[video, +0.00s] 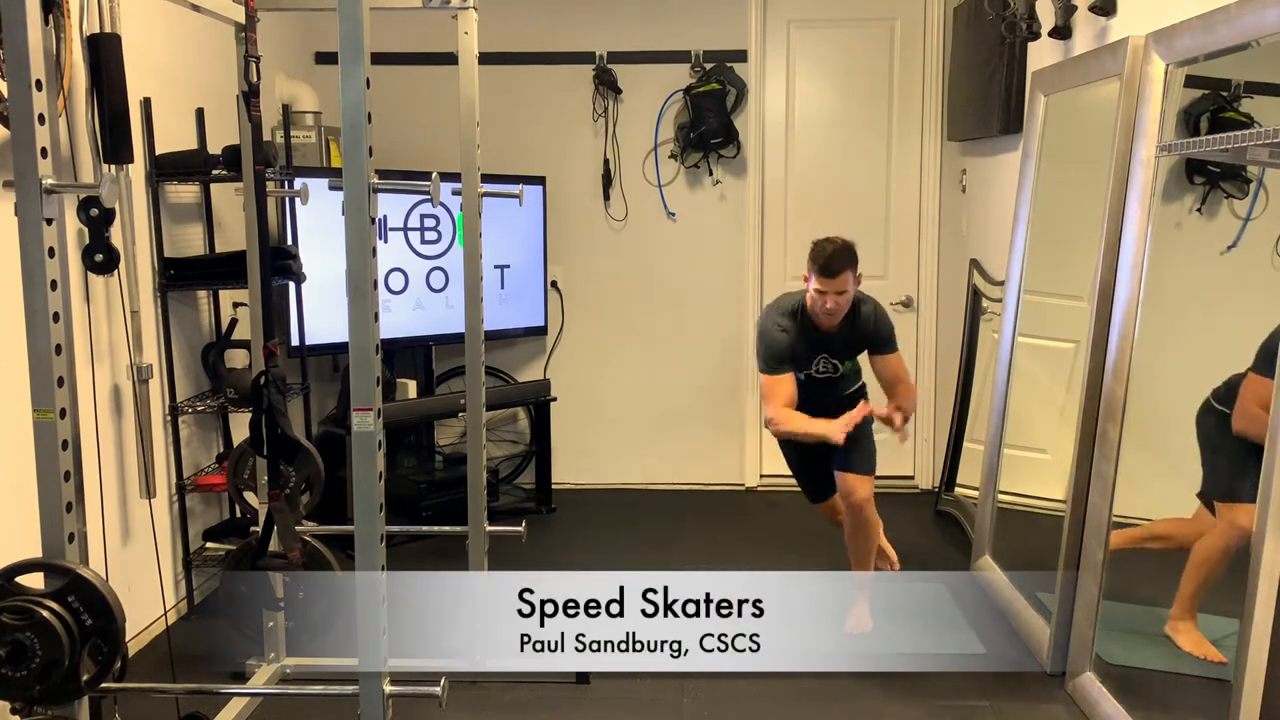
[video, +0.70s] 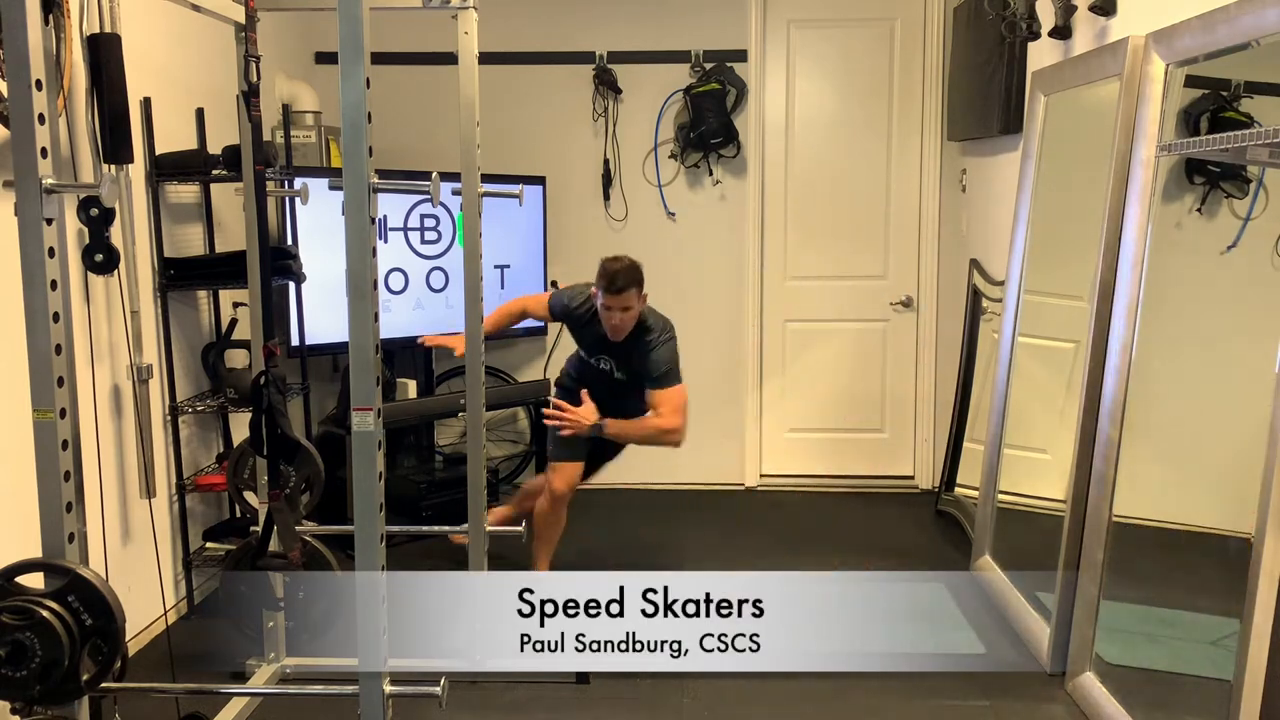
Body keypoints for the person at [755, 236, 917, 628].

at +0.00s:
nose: (829, 303)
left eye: (839, 294)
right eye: (820, 292)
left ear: (856, 284)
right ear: (806, 281)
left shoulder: (869, 316)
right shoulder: (779, 321)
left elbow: (900, 386)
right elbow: (777, 415)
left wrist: (900, 411)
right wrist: (829, 428)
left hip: (848, 408)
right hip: (797, 417)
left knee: (857, 499)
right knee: (834, 510)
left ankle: (861, 595)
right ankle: (871, 534)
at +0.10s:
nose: (819, 300)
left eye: (830, 291)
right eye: (810, 289)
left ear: (844, 281)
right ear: (795, 278)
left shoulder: (857, 319)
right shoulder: (763, 319)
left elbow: (887, 391)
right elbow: (747, 405)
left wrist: (876, 443)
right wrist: (788, 461)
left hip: (832, 405)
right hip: (779, 412)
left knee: (851, 501)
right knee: (797, 511)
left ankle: (860, 597)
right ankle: (834, 519)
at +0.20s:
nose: (796, 291)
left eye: (806, 281)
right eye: (788, 280)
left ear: (821, 273)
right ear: (772, 269)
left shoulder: (835, 314)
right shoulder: (737, 310)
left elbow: (873, 387)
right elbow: (700, 372)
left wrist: (853, 439)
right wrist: (714, 446)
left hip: (811, 404)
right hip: (750, 405)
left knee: (843, 496)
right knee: (736, 502)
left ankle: (860, 596)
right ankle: (740, 525)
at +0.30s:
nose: (758, 273)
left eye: (767, 263)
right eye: (748, 262)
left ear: (782, 255)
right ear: (733, 253)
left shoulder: (798, 295)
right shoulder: (698, 285)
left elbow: (845, 358)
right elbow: (654, 322)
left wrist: (818, 409)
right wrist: (654, 385)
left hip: (774, 390)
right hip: (708, 388)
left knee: (817, 485)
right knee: (664, 483)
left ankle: (858, 588)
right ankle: (644, 533)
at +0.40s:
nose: (710, 264)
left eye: (720, 255)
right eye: (701, 253)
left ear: (735, 247)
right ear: (687, 241)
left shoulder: (753, 283)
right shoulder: (652, 266)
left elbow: (809, 335)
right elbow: (609, 276)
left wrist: (774, 386)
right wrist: (598, 333)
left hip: (725, 380)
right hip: (660, 376)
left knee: (771, 475)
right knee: (617, 467)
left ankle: (819, 562)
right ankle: (568, 557)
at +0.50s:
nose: (665, 280)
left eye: (674, 271)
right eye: (656, 269)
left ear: (689, 262)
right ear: (644, 258)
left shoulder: (707, 296)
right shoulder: (617, 274)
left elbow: (774, 352)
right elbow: (565, 266)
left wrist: (724, 389)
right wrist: (533, 316)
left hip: (679, 393)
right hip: (616, 387)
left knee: (712, 498)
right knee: (578, 482)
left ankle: (715, 590)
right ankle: (545, 572)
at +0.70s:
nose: (616, 320)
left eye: (626, 310)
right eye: (608, 309)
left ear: (642, 300)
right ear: (596, 296)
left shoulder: (659, 336)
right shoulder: (577, 304)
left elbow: (671, 428)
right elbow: (522, 306)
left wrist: (600, 426)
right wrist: (469, 337)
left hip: (622, 415)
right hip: (577, 393)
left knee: (556, 483)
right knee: (560, 489)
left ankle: (491, 520)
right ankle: (541, 575)